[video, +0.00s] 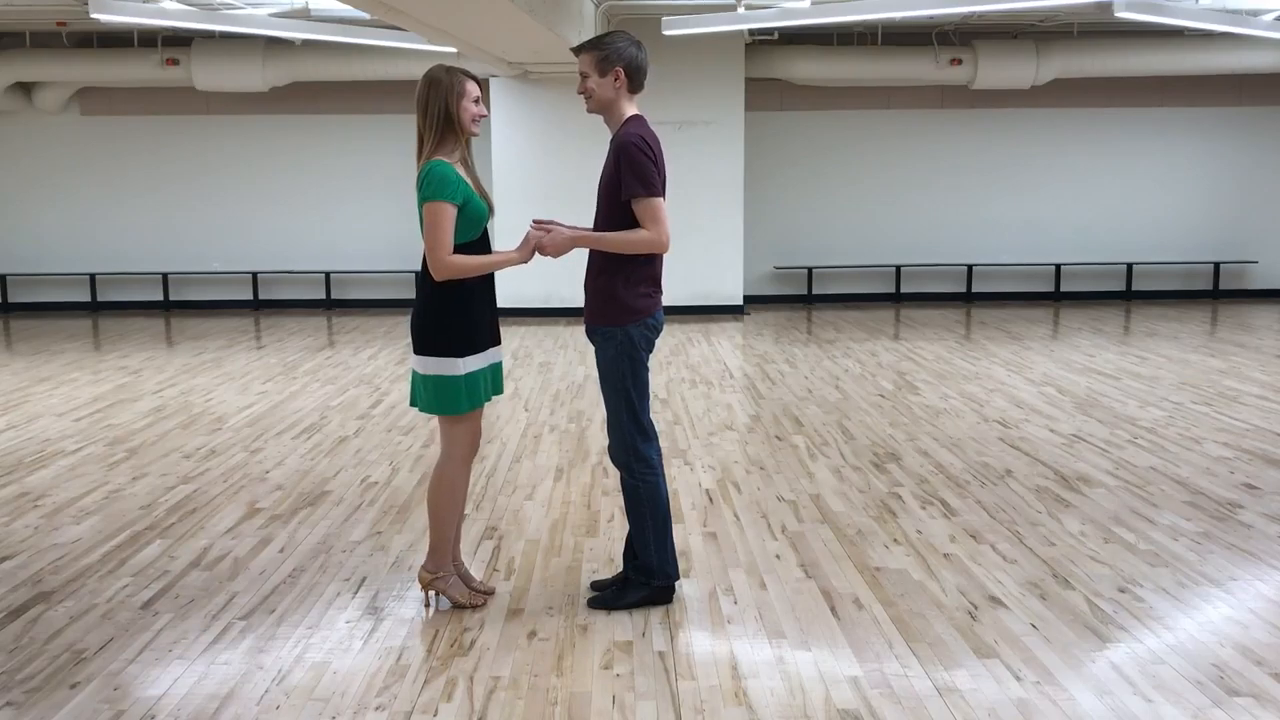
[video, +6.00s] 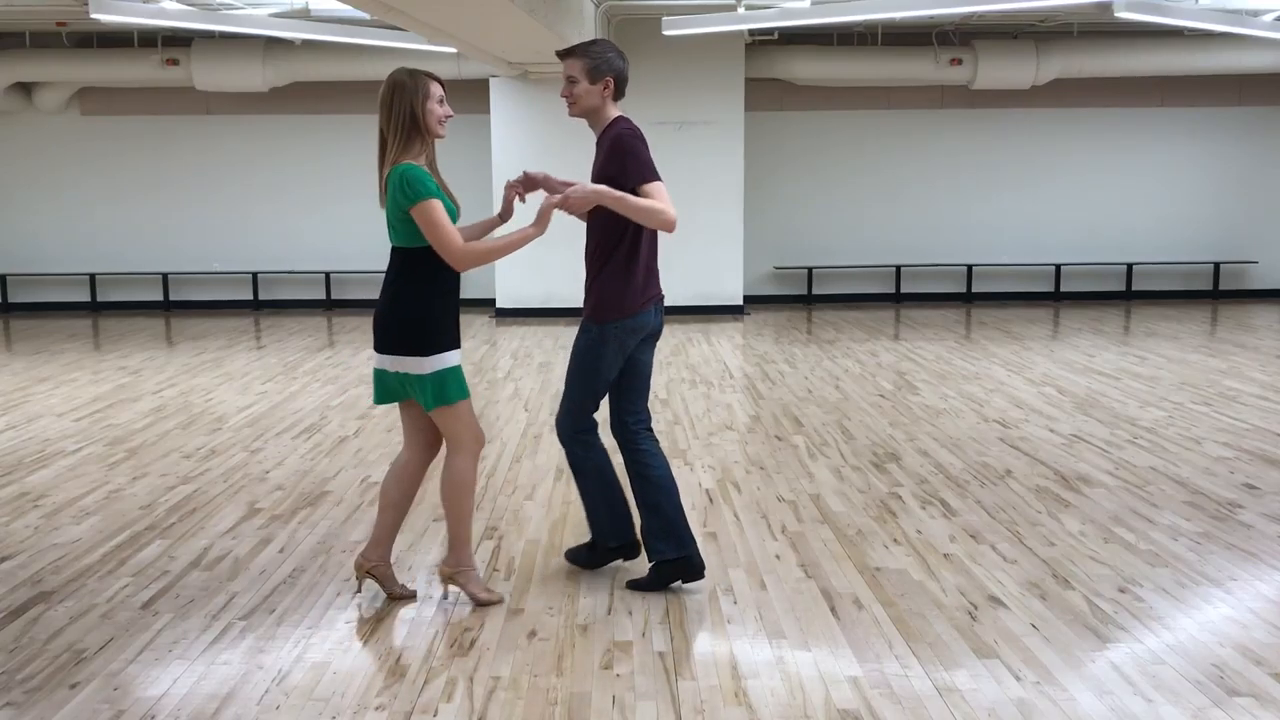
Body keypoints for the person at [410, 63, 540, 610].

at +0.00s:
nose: (482, 110)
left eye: (481, 101)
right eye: (472, 101)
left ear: (465, 108)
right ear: (445, 107)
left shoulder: (457, 171)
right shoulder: (441, 175)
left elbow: (461, 257)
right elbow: (440, 265)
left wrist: (519, 251)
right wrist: (514, 256)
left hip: (464, 327)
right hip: (449, 331)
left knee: (462, 445)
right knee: (458, 446)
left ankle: (451, 559)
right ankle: (438, 564)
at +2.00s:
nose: (511, 111)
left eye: (510, 102)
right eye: (502, 102)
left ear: (490, 111)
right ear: (476, 110)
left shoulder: (487, 171)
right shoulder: (469, 177)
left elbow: (515, 250)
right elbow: (487, 269)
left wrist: (575, 243)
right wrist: (566, 266)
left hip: (499, 326)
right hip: (489, 332)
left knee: (513, 443)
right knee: (539, 442)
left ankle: (504, 553)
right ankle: (483, 551)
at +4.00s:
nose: (483, 114)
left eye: (482, 105)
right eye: (473, 106)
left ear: (472, 113)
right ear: (447, 113)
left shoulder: (462, 178)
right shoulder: (446, 181)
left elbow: (488, 253)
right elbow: (458, 275)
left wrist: (545, 259)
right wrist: (533, 280)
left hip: (476, 335)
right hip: (455, 338)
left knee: (522, 436)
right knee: (482, 449)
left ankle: (479, 549)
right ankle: (453, 565)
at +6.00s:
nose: (448, 110)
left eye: (445, 101)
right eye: (438, 102)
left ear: (415, 113)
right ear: (414, 111)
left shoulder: (414, 173)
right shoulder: (412, 176)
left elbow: (450, 238)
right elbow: (460, 257)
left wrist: (502, 211)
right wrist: (533, 231)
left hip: (404, 328)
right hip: (423, 331)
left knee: (421, 443)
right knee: (466, 440)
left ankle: (375, 554)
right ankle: (460, 560)